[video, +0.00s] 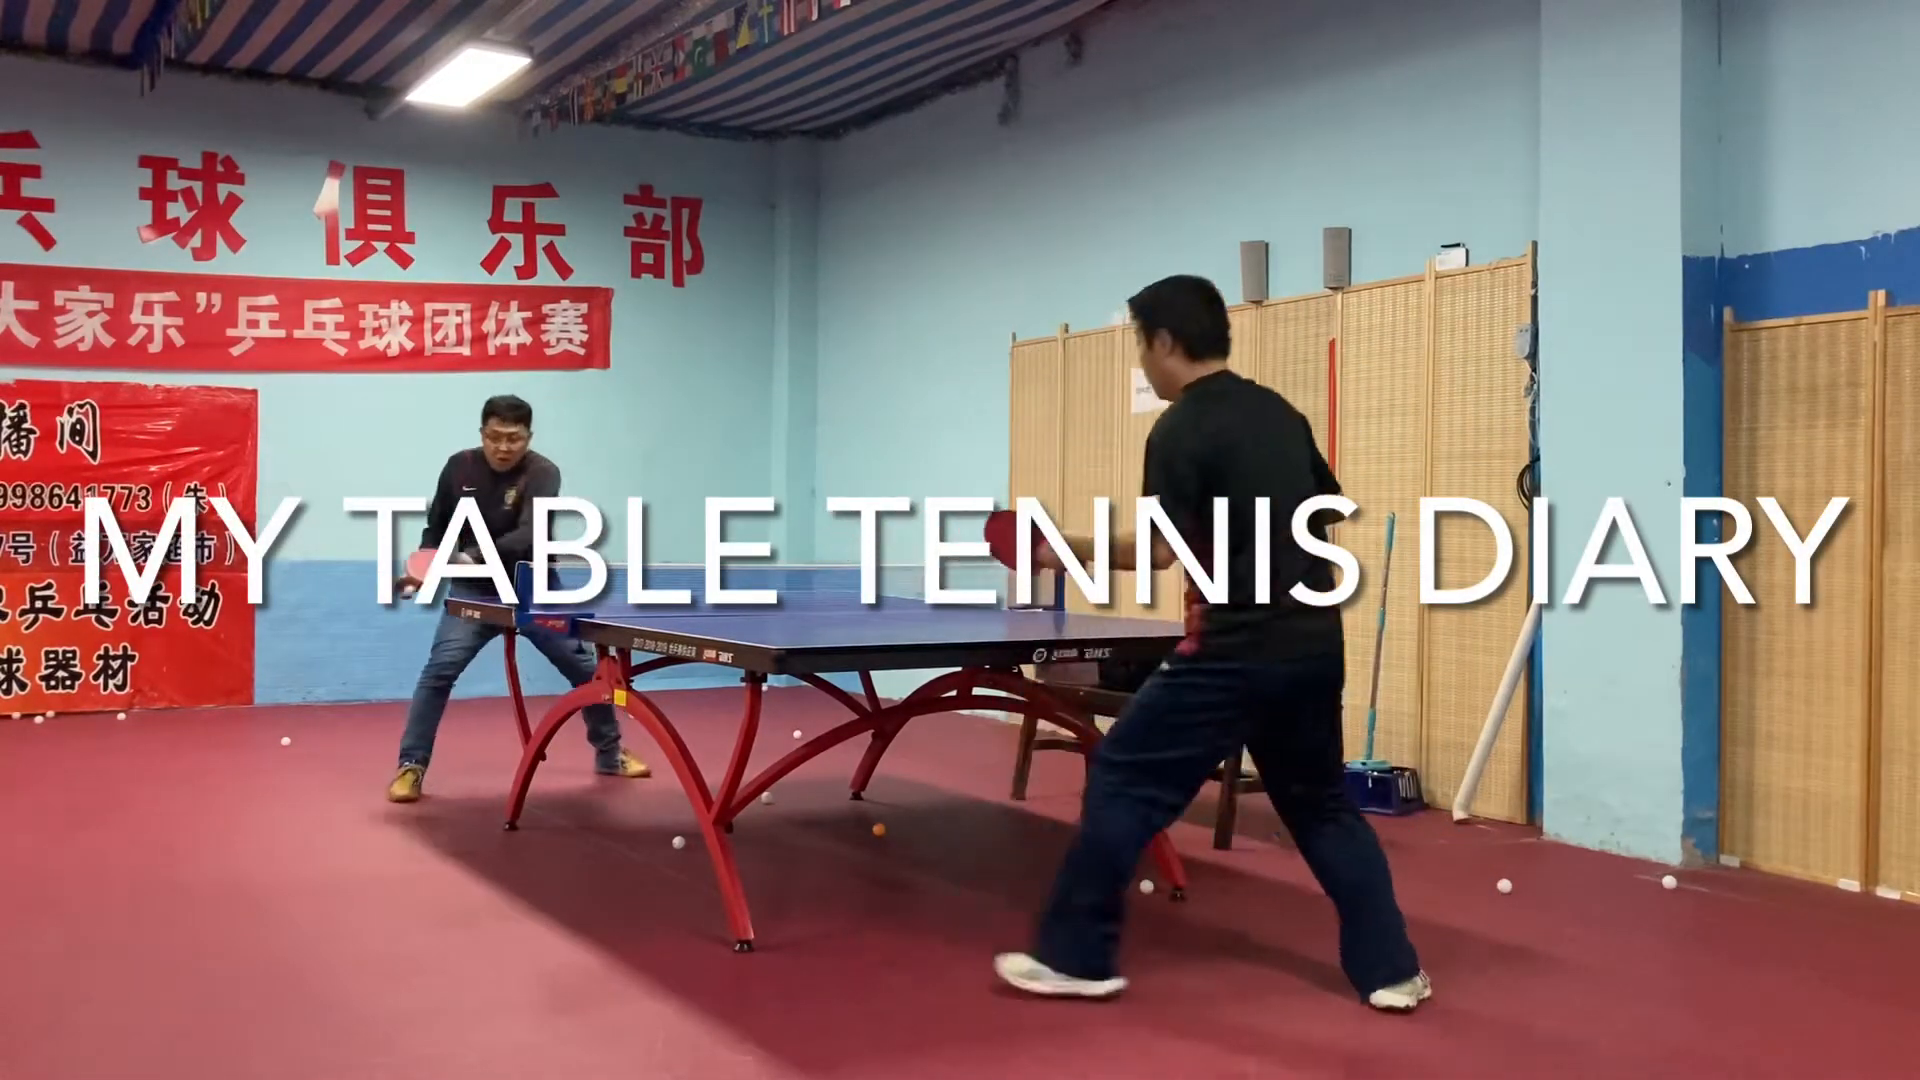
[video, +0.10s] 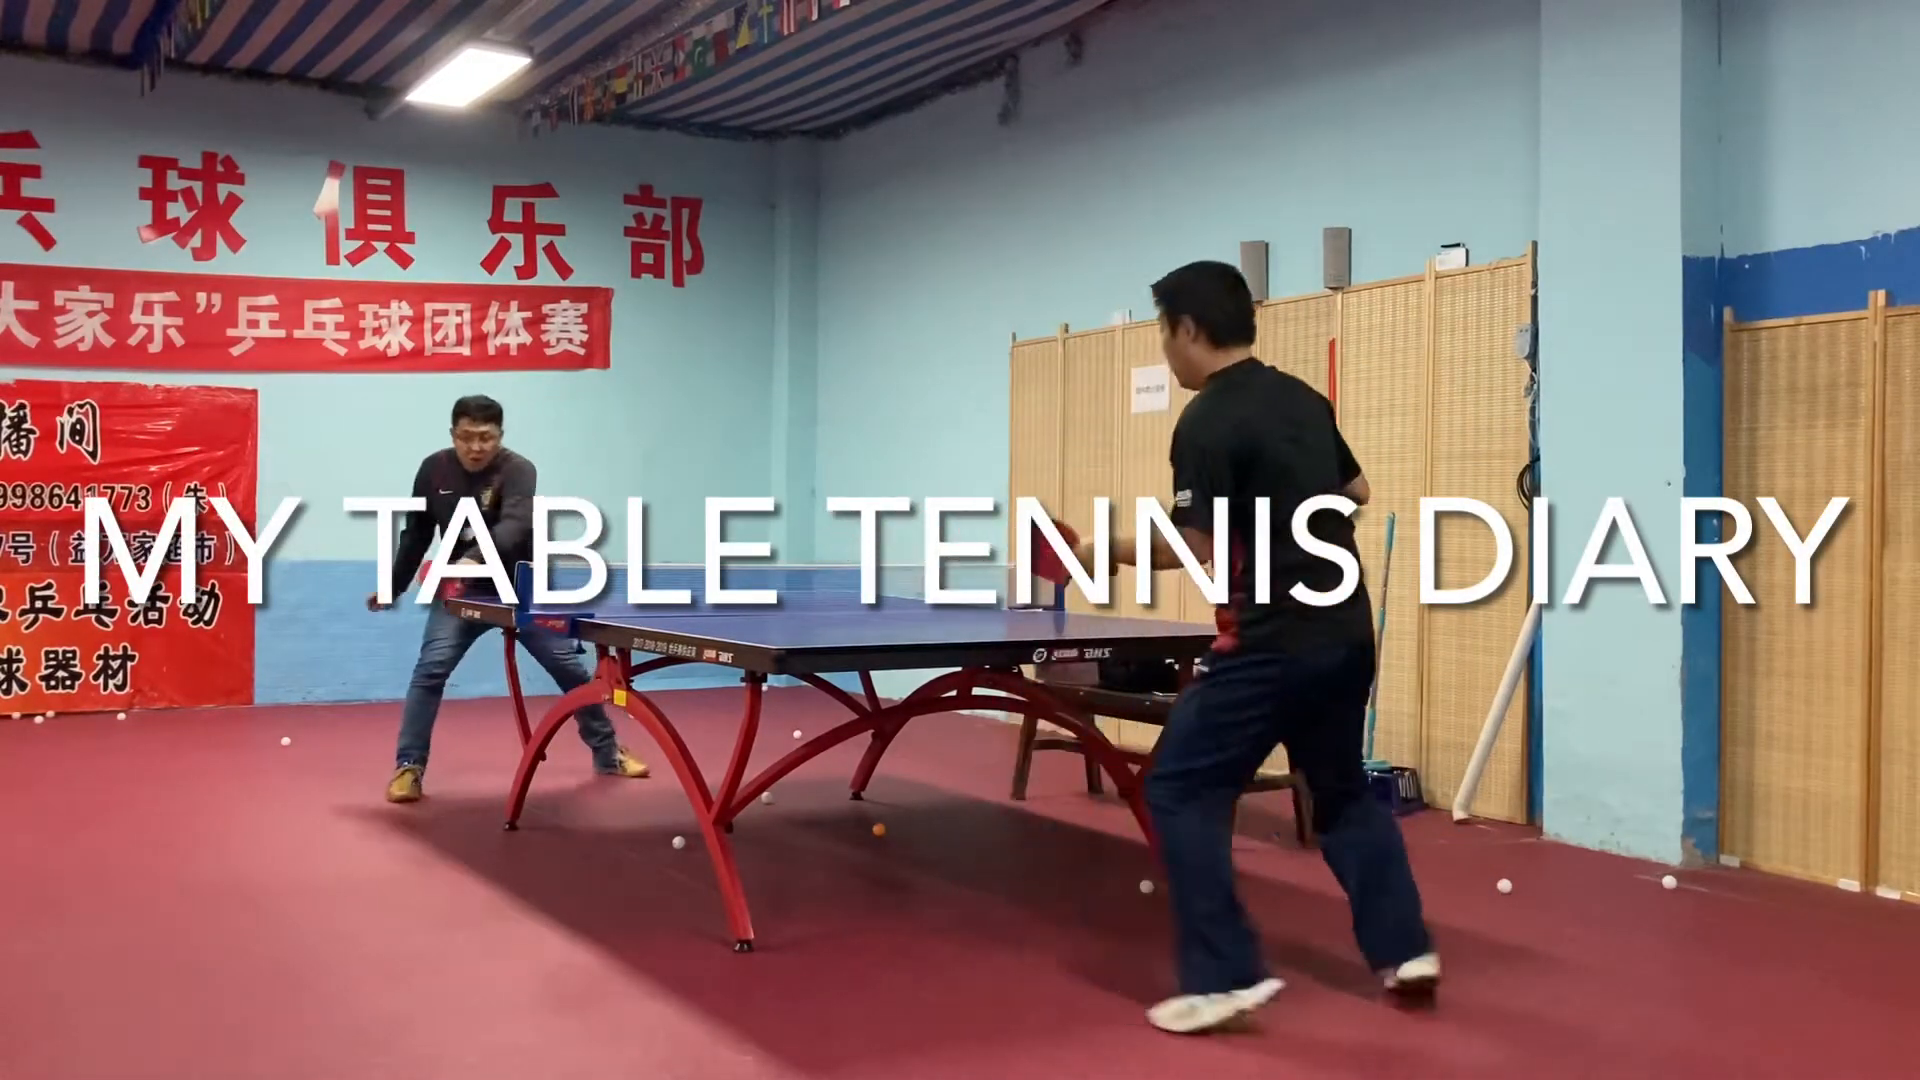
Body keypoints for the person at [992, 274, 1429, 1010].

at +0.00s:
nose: (1142, 363)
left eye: (1143, 346)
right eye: (1141, 347)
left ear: (1167, 343)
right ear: (1217, 341)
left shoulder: (1178, 432)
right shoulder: (1281, 413)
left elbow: (1171, 547)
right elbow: (1328, 507)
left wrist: (1072, 557)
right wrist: (1245, 553)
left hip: (1234, 652)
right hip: (1314, 648)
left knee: (1124, 776)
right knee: (1318, 800)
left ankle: (1076, 957)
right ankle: (1392, 970)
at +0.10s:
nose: (1164, 349)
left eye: (1165, 333)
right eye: (1164, 334)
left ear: (1188, 332)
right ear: (1241, 326)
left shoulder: (1204, 421)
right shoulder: (1301, 396)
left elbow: (1195, 540)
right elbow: (1354, 489)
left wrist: (1110, 550)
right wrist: (1277, 524)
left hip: (1268, 647)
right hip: (1345, 640)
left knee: (1181, 789)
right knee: (1342, 787)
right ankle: (1407, 948)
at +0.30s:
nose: (1214, 392)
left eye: (1217, 377)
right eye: (1213, 377)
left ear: (1249, 375)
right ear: (1282, 373)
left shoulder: (1288, 463)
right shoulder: (1329, 436)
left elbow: (1262, 588)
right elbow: (1302, 563)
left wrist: (1170, 592)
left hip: (1340, 685)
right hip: (1393, 676)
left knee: (1238, 814)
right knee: (1411, 813)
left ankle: (1276, 1007)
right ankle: (1515, 944)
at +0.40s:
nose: (1217, 394)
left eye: (1224, 378)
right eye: (1217, 378)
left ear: (1262, 381)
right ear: (1275, 379)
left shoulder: (1321, 472)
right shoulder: (1306, 447)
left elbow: (1333, 610)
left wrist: (1243, 636)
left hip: (1377, 680)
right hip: (1394, 674)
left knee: (1259, 795)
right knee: (1412, 804)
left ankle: (1277, 995)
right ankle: (1515, 948)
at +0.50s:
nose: (1210, 408)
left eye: (1219, 393)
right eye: (1212, 393)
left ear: (1261, 398)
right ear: (1263, 398)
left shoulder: (1353, 484)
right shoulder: (1269, 462)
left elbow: (1400, 610)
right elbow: (1252, 510)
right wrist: (1187, 550)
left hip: (1385, 679)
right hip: (1344, 676)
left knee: (1270, 783)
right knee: (1402, 805)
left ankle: (1270, 983)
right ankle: (1524, 927)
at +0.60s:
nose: (1201, 440)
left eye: (1208, 425)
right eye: (1202, 425)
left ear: (1253, 431)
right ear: (1255, 430)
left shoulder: (1358, 509)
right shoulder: (1232, 486)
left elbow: (1448, 605)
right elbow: (1199, 532)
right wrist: (1151, 588)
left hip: (1379, 685)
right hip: (1328, 685)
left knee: (1272, 790)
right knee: (1411, 817)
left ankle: (1268, 986)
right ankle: (1537, 917)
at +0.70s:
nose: (1189, 437)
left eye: (1199, 423)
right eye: (1190, 421)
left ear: (1246, 434)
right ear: (1239, 435)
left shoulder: (1344, 508)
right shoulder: (1224, 488)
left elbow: (1454, 583)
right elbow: (1200, 553)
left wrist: (1550, 620)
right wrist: (1158, 614)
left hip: (1374, 687)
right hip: (1329, 686)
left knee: (1264, 791)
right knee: (1415, 811)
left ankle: (1267, 985)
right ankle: (1536, 917)